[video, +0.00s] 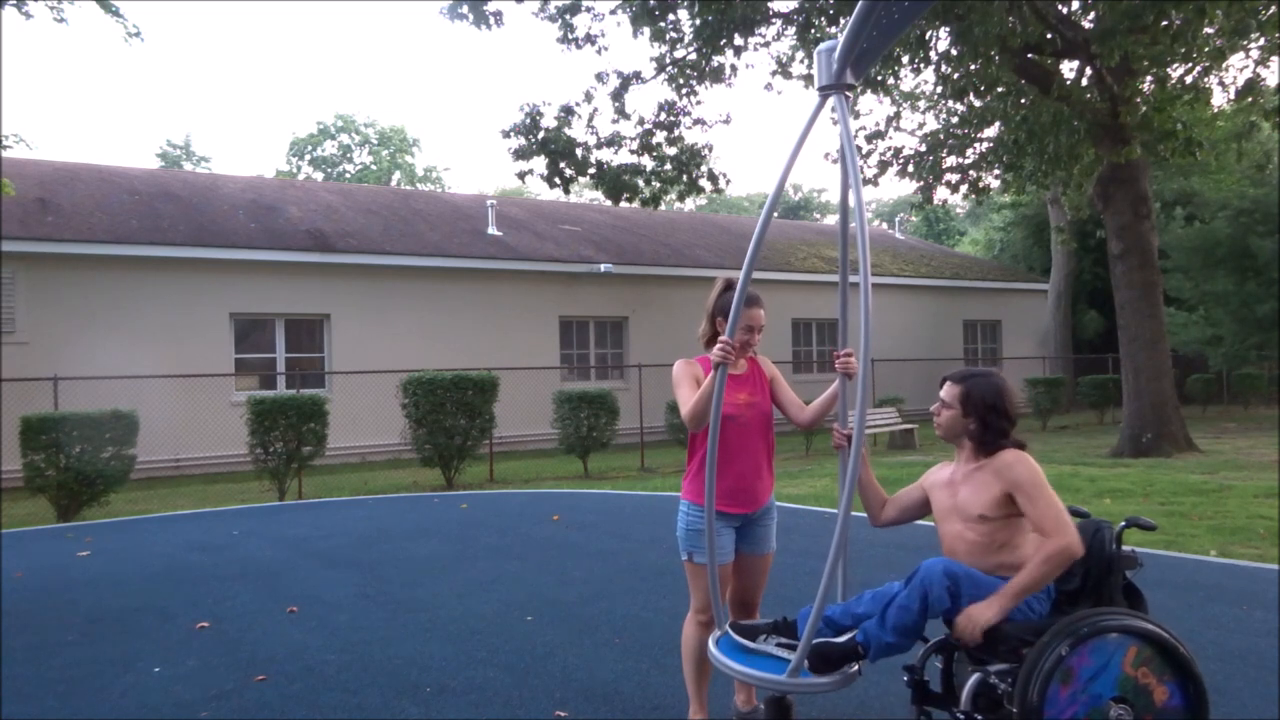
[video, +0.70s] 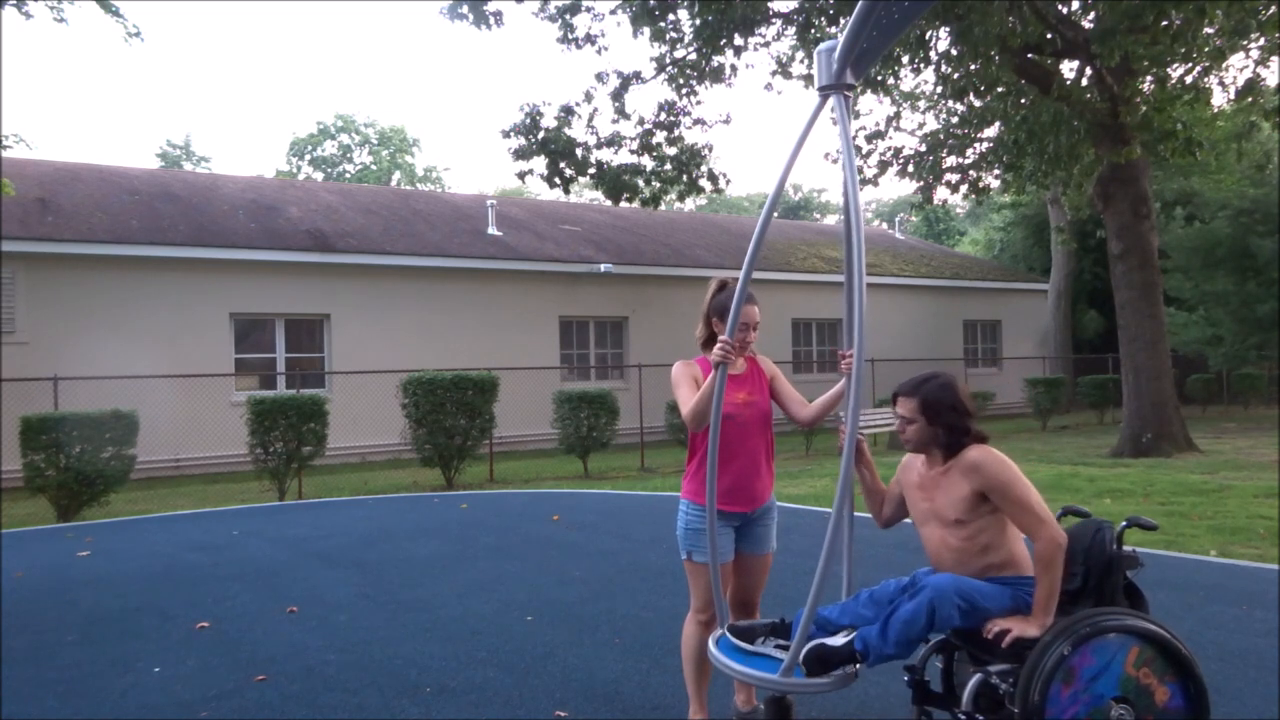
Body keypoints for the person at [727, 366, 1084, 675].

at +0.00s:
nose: (933, 410)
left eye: (944, 405)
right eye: (937, 402)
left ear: (974, 417)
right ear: (958, 416)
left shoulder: (1012, 465)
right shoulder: (940, 476)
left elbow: (1066, 544)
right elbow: (881, 513)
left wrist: (995, 605)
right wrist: (856, 454)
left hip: (1021, 598)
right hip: (967, 594)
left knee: (937, 572)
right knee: (896, 594)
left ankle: (855, 648)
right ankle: (796, 630)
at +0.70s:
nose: (898, 430)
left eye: (907, 421)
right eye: (897, 421)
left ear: (938, 422)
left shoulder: (982, 462)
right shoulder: (910, 465)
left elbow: (1051, 538)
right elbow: (885, 515)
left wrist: (1040, 620)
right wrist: (863, 463)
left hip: (1009, 589)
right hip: (951, 582)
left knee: (938, 591)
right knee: (890, 593)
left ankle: (851, 650)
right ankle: (791, 631)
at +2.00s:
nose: (910, 428)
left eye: (917, 419)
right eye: (907, 419)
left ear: (948, 414)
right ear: (915, 416)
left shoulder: (997, 467)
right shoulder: (920, 455)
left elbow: (1061, 544)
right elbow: (892, 515)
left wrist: (998, 601)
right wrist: (866, 463)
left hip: (986, 594)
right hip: (932, 584)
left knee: (921, 568)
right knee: (882, 577)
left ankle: (842, 646)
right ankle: (784, 631)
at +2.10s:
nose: (919, 428)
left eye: (928, 418)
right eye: (915, 419)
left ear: (959, 414)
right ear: (915, 414)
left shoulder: (1005, 469)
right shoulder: (926, 456)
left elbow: (1041, 555)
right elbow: (893, 514)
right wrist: (867, 461)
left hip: (995, 594)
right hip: (939, 581)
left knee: (913, 573)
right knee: (882, 578)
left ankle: (841, 647)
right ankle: (784, 631)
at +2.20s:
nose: (928, 426)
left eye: (937, 418)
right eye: (925, 416)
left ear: (967, 416)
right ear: (925, 412)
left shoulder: (1008, 466)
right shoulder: (931, 456)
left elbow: (1001, 549)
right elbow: (897, 516)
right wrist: (871, 468)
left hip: (993, 594)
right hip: (937, 584)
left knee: (924, 565)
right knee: (890, 577)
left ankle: (844, 645)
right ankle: (784, 630)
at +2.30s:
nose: (936, 426)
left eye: (945, 418)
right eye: (933, 417)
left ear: (977, 416)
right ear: (933, 414)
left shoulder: (1013, 467)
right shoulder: (938, 454)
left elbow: (953, 516)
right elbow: (899, 515)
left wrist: (884, 460)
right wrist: (866, 464)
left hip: (995, 595)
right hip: (939, 585)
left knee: (923, 564)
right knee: (893, 580)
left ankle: (844, 645)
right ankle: (785, 630)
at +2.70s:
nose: (950, 430)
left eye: (960, 423)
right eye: (947, 420)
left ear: (993, 421)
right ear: (946, 413)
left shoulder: (1022, 470)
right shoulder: (949, 456)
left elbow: (943, 484)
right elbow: (920, 529)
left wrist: (878, 424)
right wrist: (876, 482)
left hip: (998, 597)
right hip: (945, 583)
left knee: (925, 565)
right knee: (892, 584)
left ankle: (846, 643)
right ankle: (789, 629)